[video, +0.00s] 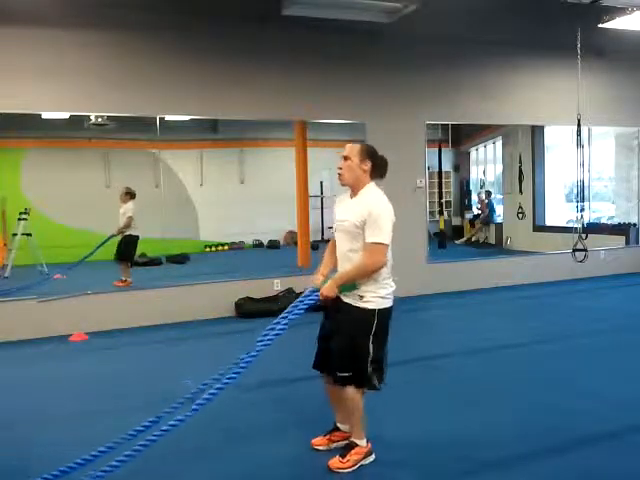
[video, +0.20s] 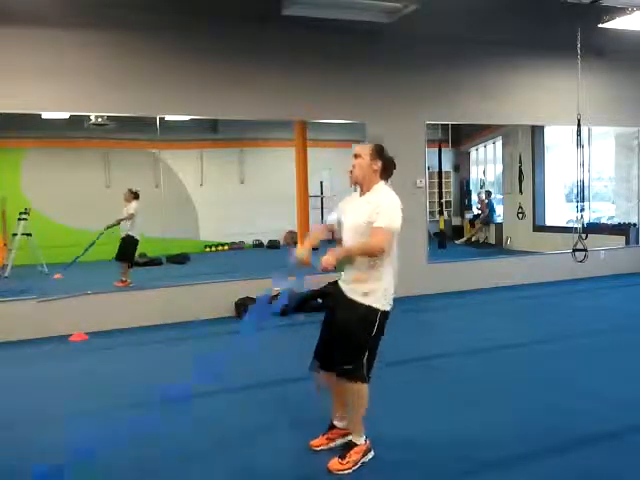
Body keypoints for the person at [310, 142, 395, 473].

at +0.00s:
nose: (339, 164)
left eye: (346, 159)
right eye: (340, 159)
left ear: (366, 166)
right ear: (353, 167)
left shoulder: (378, 204)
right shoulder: (343, 201)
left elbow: (375, 260)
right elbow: (337, 242)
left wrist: (336, 282)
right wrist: (323, 270)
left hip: (368, 303)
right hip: (342, 298)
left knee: (350, 378)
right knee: (329, 370)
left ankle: (361, 444)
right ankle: (344, 429)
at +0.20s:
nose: (351, 163)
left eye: (358, 157)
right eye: (353, 158)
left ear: (377, 166)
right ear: (367, 166)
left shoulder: (388, 201)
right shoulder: (350, 200)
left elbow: (379, 245)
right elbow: (328, 229)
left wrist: (341, 252)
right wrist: (308, 242)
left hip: (371, 299)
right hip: (344, 292)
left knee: (353, 370)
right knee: (328, 362)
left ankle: (359, 441)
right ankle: (342, 425)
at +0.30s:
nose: (355, 151)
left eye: (362, 145)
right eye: (355, 146)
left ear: (383, 151)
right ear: (361, 153)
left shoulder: (396, 179)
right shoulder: (354, 183)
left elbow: (395, 194)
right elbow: (322, 191)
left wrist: (359, 200)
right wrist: (296, 200)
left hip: (376, 282)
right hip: (348, 277)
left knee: (365, 357)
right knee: (329, 346)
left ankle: (373, 438)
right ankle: (334, 410)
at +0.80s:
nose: (333, 150)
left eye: (339, 144)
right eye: (334, 144)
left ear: (358, 148)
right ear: (347, 149)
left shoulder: (374, 181)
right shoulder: (336, 182)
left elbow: (376, 204)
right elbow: (320, 211)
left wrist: (340, 209)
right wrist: (283, 213)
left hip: (357, 276)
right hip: (328, 271)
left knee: (338, 354)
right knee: (307, 344)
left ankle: (339, 436)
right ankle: (310, 414)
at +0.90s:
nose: (333, 160)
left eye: (339, 154)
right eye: (334, 154)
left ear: (358, 160)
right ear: (348, 159)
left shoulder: (370, 195)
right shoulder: (335, 189)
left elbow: (346, 234)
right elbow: (316, 222)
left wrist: (302, 242)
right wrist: (281, 221)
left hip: (350, 291)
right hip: (325, 283)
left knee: (317, 367)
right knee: (299, 359)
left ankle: (312, 443)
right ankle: (303, 433)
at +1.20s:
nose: (333, 146)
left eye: (340, 141)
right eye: (333, 141)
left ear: (359, 149)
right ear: (339, 149)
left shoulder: (369, 177)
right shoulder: (328, 179)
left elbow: (377, 209)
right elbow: (294, 194)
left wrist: (332, 220)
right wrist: (255, 196)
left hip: (348, 284)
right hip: (318, 277)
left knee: (339, 363)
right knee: (302, 347)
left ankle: (338, 443)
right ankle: (295, 412)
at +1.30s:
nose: (319, 157)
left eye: (325, 151)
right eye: (320, 151)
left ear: (345, 157)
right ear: (328, 158)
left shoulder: (362, 188)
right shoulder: (321, 187)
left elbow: (377, 219)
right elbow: (298, 209)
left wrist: (367, 224)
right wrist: (265, 216)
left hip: (351, 295)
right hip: (319, 289)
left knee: (355, 377)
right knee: (296, 351)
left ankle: (367, 458)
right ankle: (283, 407)